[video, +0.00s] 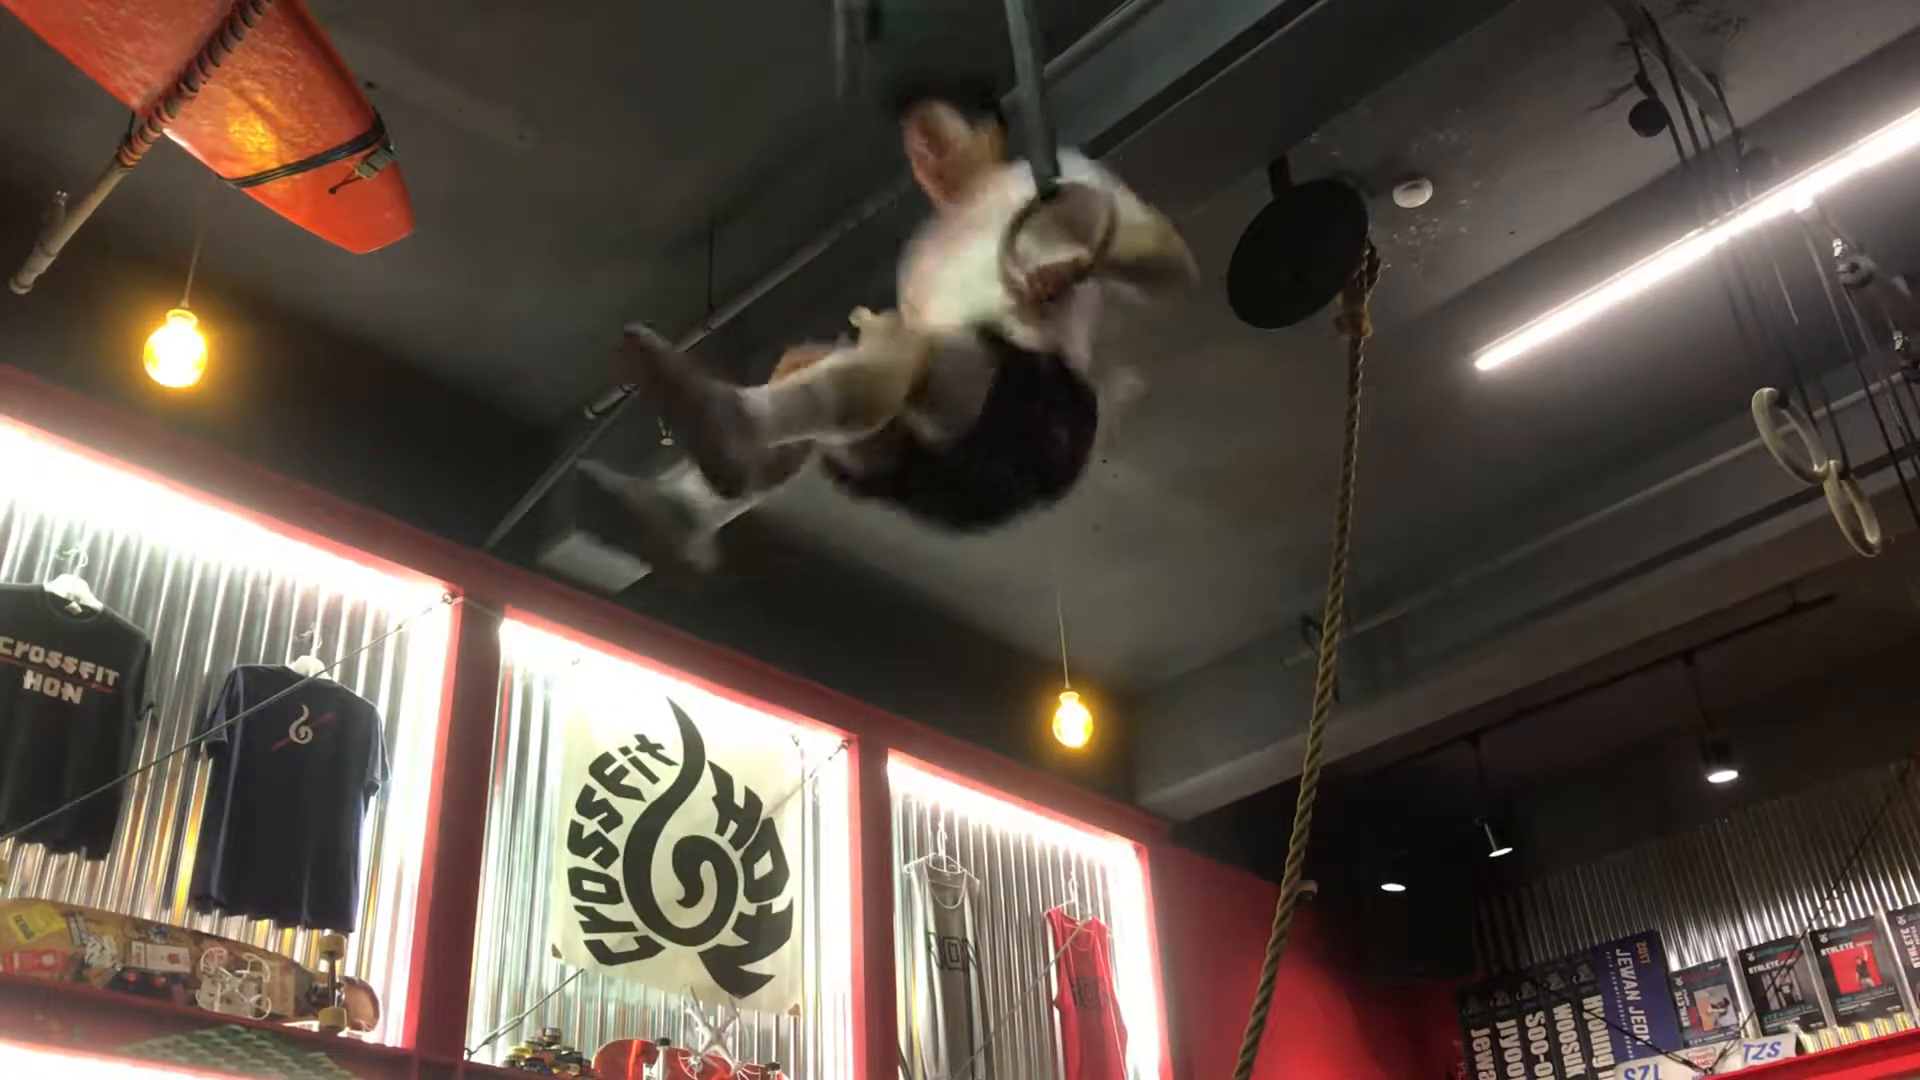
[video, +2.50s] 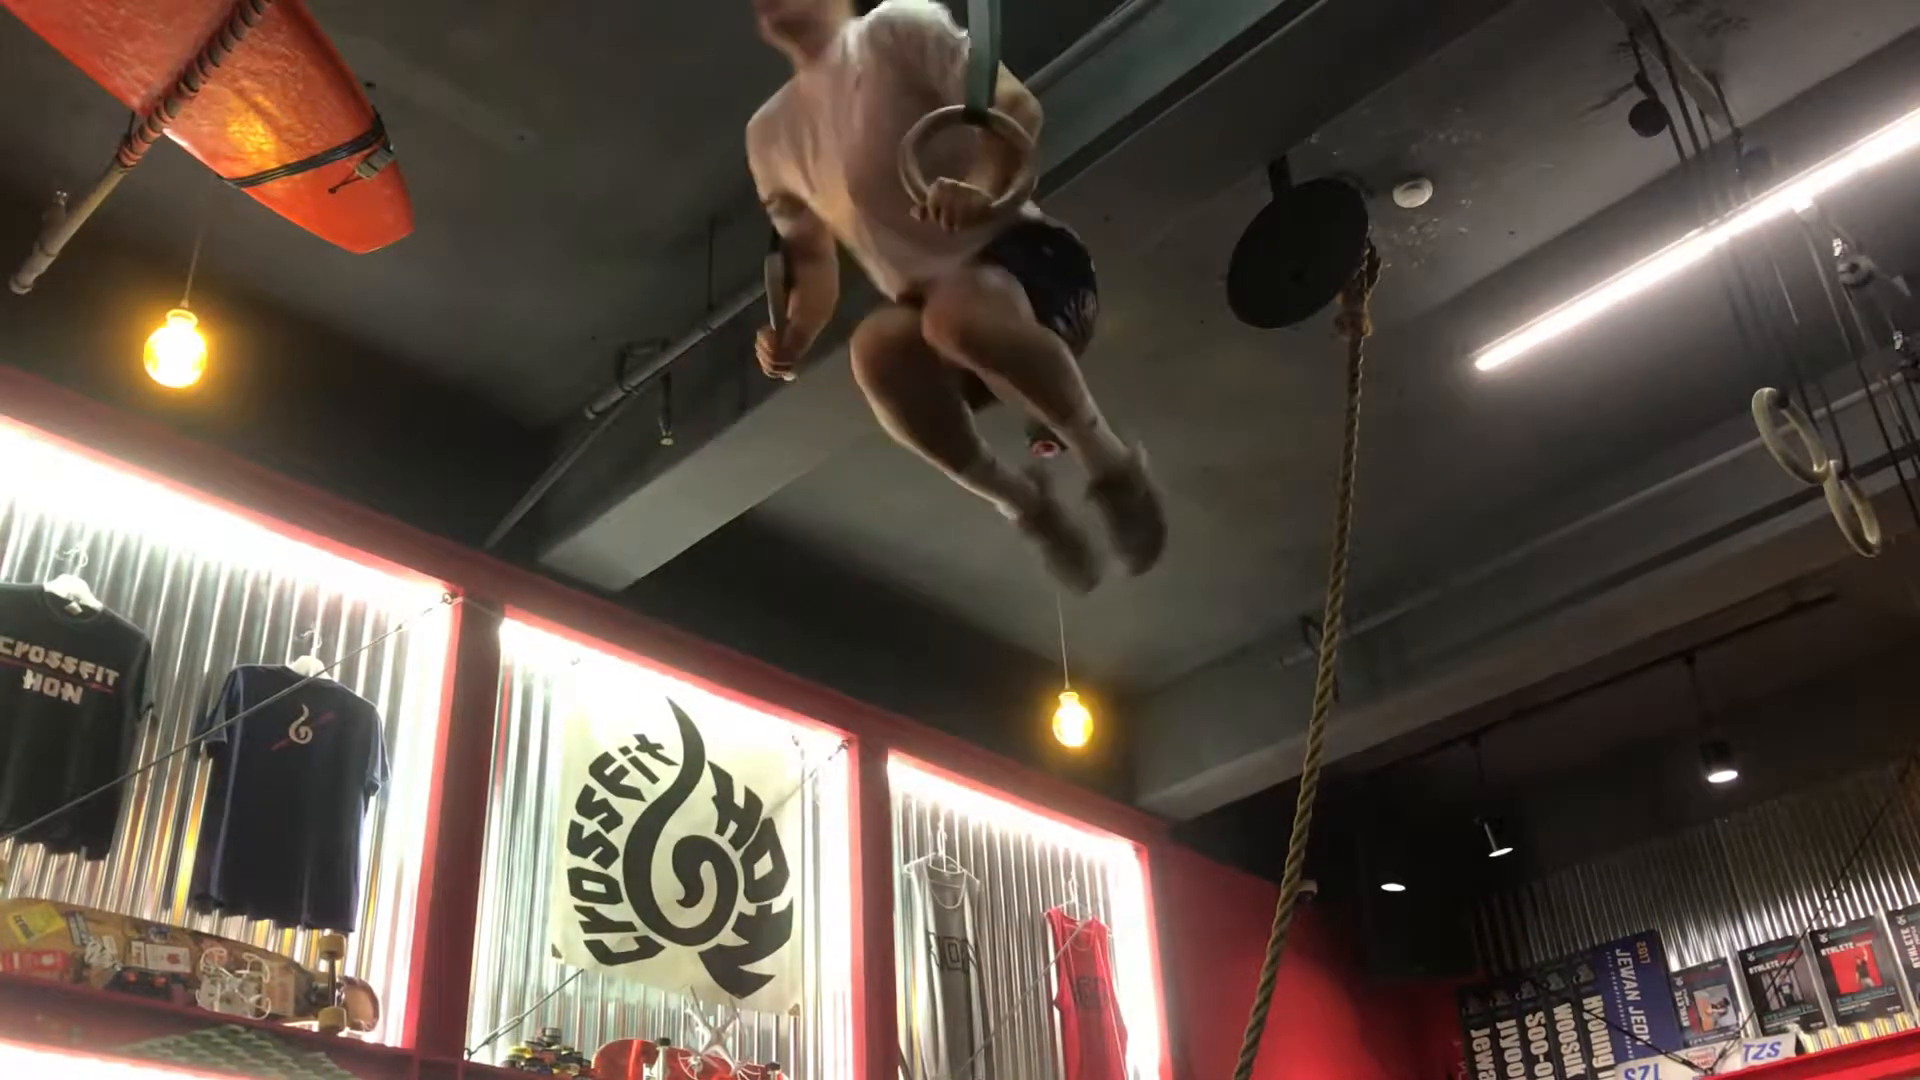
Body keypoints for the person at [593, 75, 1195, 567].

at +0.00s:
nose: (924, 154)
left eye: (938, 131)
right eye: (911, 141)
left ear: (990, 129)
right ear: (905, 157)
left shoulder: (1054, 185)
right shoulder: (923, 257)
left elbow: (1173, 269)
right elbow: (928, 359)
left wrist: (1090, 258)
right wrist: (854, 360)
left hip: (1044, 430)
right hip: (957, 478)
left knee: (912, 349)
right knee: (811, 373)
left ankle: (756, 423)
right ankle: (684, 509)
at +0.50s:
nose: (913, 519)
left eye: (933, 508)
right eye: (903, 509)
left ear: (974, 526)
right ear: (892, 534)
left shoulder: (1014, 583)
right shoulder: (885, 622)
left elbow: (1007, 418)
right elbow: (868, 492)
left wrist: (996, 312)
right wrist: (874, 382)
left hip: (1004, 921)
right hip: (903, 937)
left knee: (994, 1063)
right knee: (862, 1065)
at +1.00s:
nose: (769, 425)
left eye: (796, 415)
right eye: (770, 415)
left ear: (832, 443)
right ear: (763, 447)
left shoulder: (857, 510)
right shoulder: (736, 538)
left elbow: (853, 316)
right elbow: (714, 413)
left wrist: (857, 212)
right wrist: (721, 316)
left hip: (938, 861)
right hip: (835, 908)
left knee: (1197, 1033)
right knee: (936, 1059)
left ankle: (1165, 804)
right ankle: (1051, 882)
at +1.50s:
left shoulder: (1199, 649)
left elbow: (1196, 503)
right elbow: (1024, 580)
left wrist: (1170, 392)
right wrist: (1016, 477)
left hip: (1041, 709)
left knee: (841, 621)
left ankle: (710, 861)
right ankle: (654, 949)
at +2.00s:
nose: (831, 176)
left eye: (843, 150)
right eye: (816, 168)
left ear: (897, 141)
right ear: (812, 184)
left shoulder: (979, 172)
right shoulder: (848, 262)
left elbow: (1109, 178)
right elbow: (883, 353)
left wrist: (1108, 272)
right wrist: (898, 433)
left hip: (1071, 435)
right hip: (980, 485)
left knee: (950, 395)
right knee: (840, 481)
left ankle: (803, 449)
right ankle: (739, 574)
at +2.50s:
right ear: (762, 21)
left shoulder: (899, 29)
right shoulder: (769, 134)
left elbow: (1018, 108)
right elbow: (808, 257)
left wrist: (979, 187)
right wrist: (795, 332)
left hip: (1031, 264)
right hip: (931, 321)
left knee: (958, 314)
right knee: (875, 352)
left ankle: (1110, 462)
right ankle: (1023, 502)